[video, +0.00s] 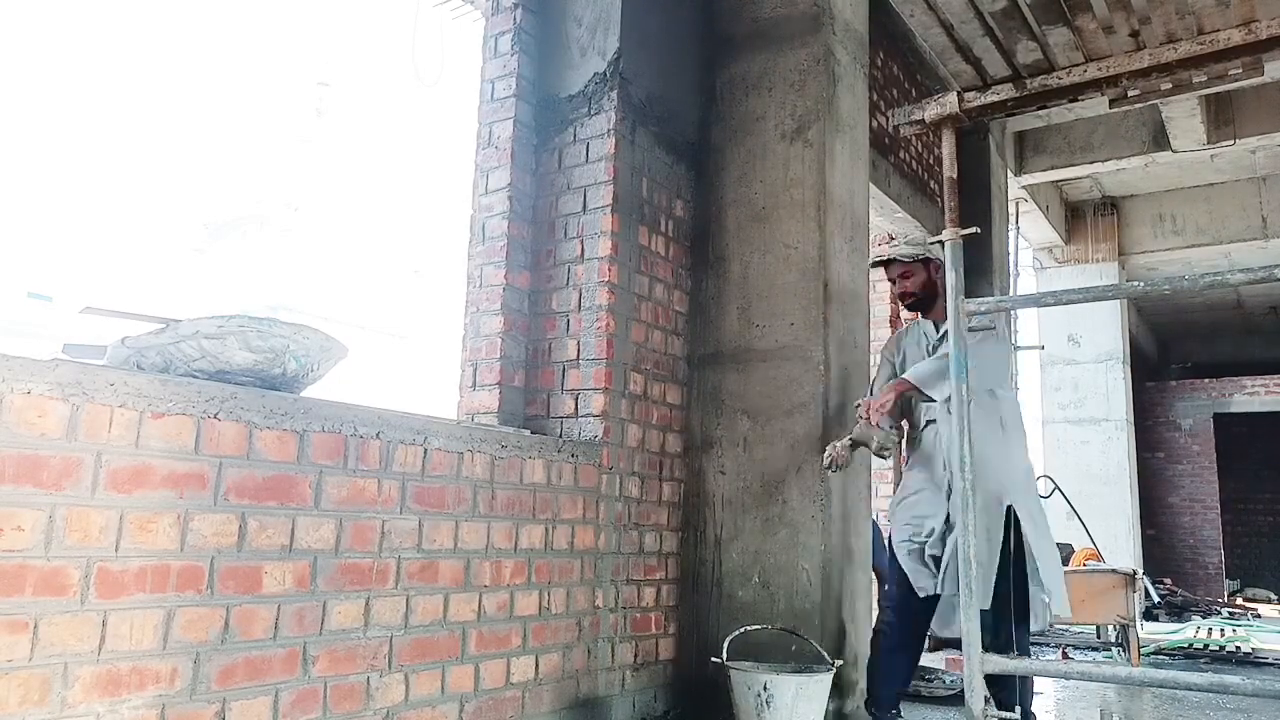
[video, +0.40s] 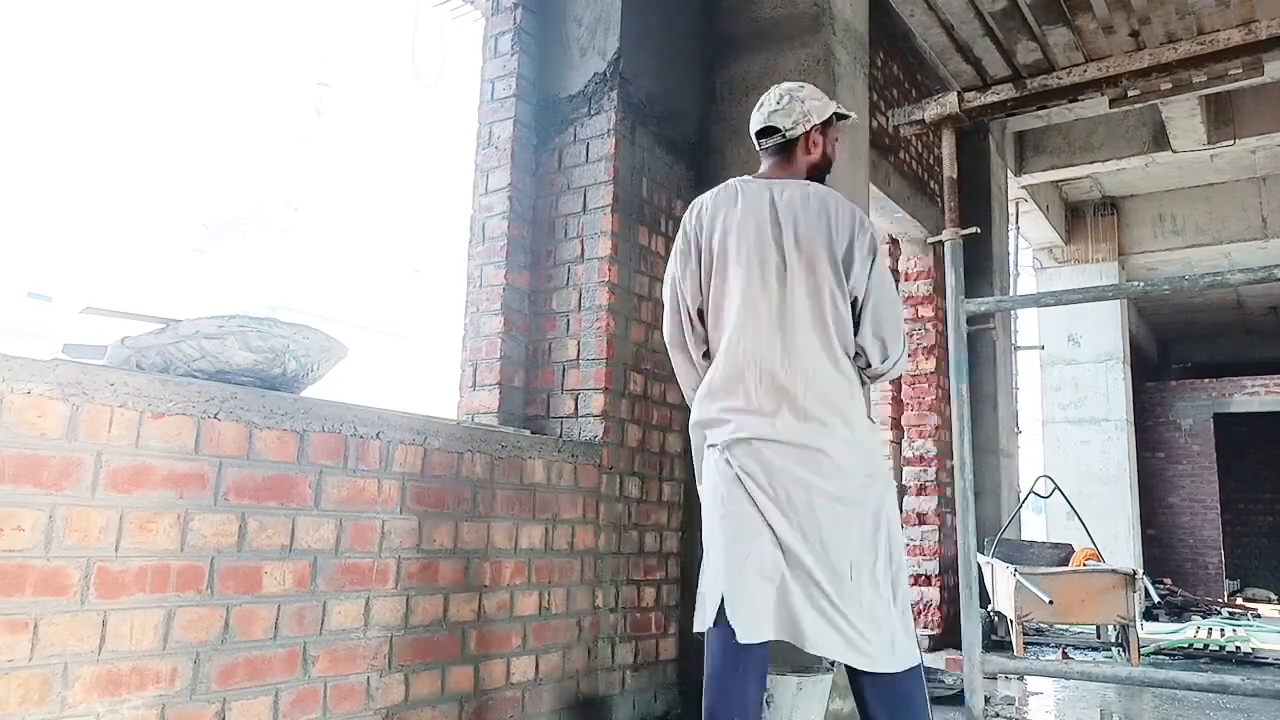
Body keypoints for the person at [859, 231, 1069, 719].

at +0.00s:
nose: (899, 290)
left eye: (908, 277)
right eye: (893, 281)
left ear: (937, 271)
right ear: (891, 285)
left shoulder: (986, 319)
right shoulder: (900, 345)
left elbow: (961, 359)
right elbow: (885, 424)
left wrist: (901, 386)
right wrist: (878, 421)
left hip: (993, 487)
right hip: (926, 487)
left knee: (1003, 606)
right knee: (901, 604)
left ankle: (1009, 709)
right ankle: (881, 708)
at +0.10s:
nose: (793, 289)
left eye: (797, 276)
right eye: (784, 283)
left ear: (824, 267)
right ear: (785, 288)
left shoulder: (880, 300)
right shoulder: (800, 346)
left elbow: (887, 341)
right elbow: (794, 411)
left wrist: (835, 386)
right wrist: (785, 452)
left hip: (913, 470)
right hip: (851, 484)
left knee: (939, 591)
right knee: (857, 605)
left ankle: (965, 702)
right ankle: (876, 712)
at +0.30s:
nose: (902, 204)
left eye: (900, 193)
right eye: (899, 193)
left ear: (838, 200)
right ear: (886, 198)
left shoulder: (814, 247)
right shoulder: (933, 272)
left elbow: (783, 325)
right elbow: (953, 379)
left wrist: (737, 412)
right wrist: (949, 451)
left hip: (852, 468)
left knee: (857, 630)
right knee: (942, 632)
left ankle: (885, 715)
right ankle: (942, 713)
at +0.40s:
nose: (834, 150)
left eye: (833, 137)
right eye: (832, 137)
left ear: (761, 143)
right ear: (815, 139)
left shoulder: (705, 210)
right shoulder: (849, 218)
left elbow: (681, 335)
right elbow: (884, 349)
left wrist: (717, 409)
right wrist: (830, 379)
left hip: (731, 439)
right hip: (832, 443)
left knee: (734, 618)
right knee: (877, 621)